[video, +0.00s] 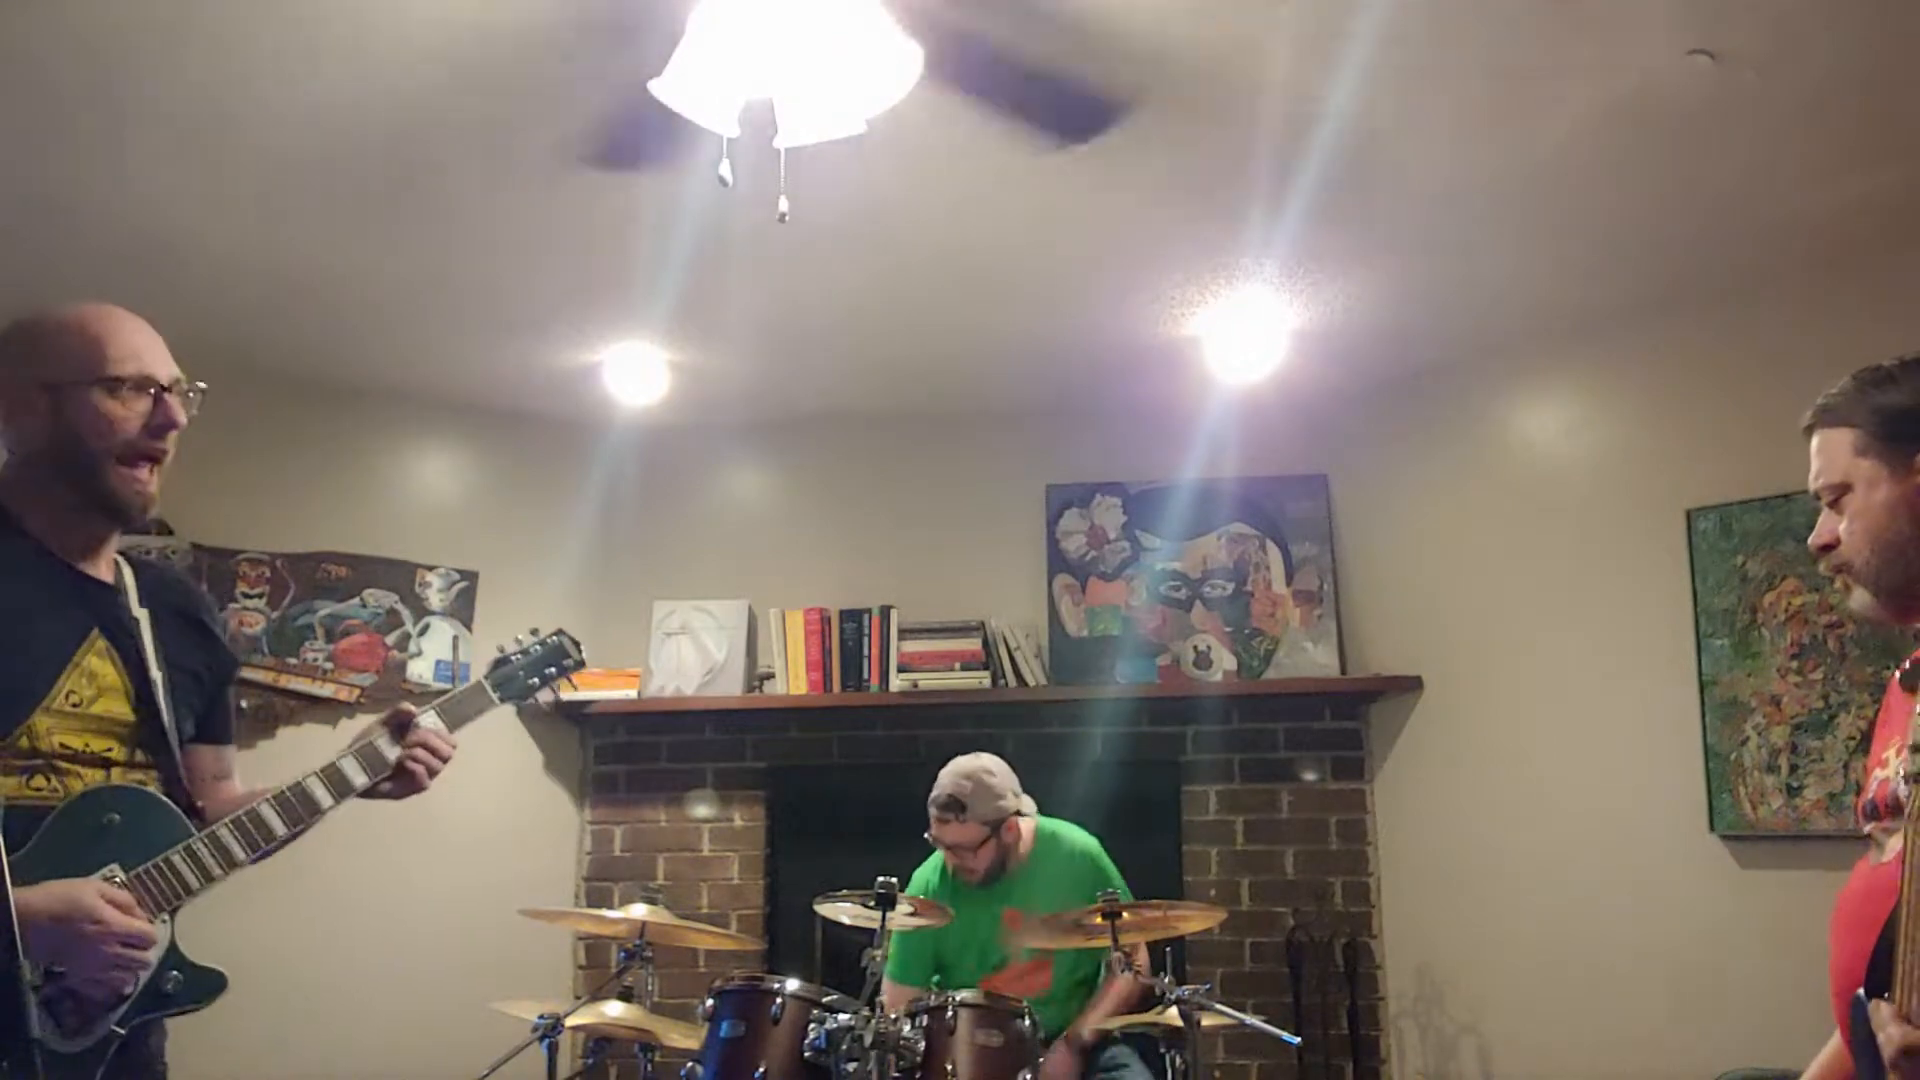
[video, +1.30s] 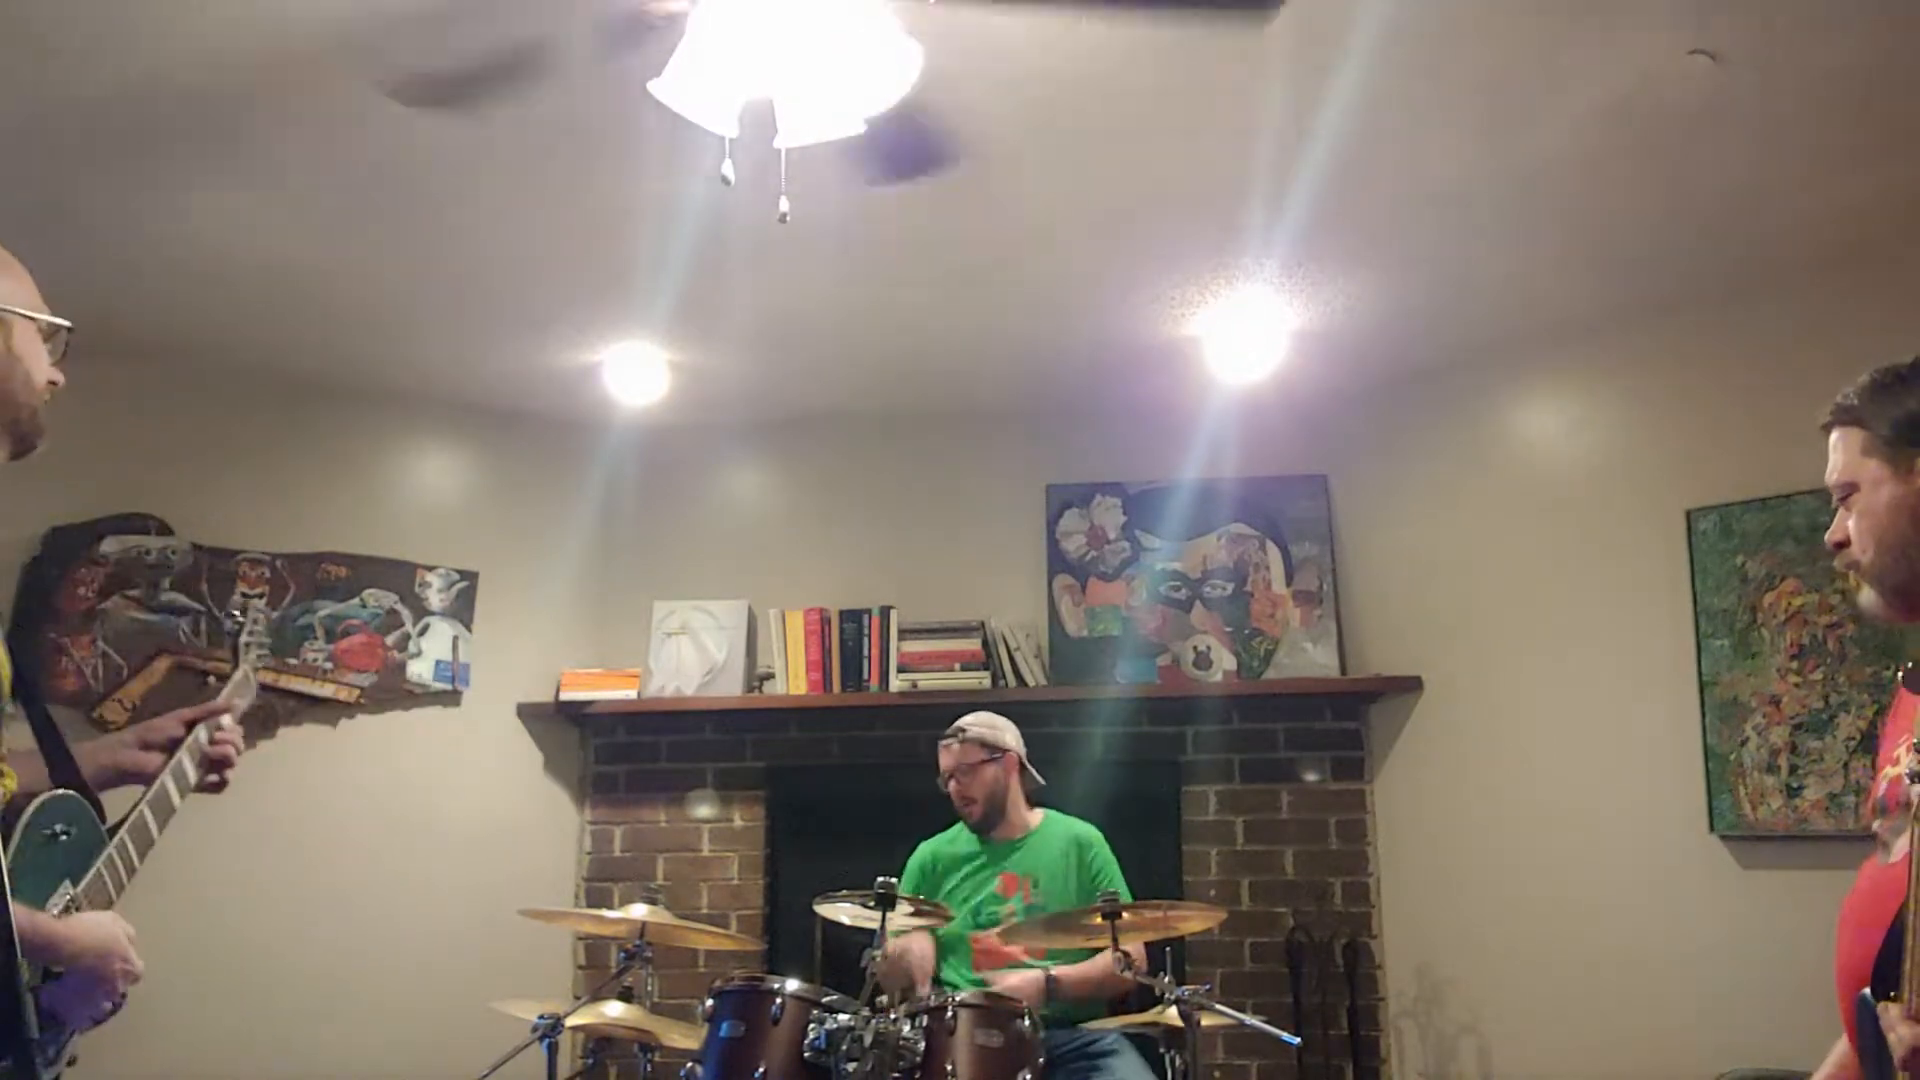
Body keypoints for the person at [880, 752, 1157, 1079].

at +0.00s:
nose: (953, 862)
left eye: (966, 849)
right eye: (943, 848)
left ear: (1010, 829)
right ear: (933, 833)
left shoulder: (1076, 854)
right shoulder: (929, 885)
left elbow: (1133, 964)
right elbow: (897, 1011)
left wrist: (1073, 1044)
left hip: (1077, 1038)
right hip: (975, 1046)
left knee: (1131, 1075)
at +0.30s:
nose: (938, 895)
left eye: (951, 885)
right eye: (931, 881)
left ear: (1000, 863)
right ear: (921, 861)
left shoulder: (1078, 861)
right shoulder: (921, 891)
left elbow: (1133, 975)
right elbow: (895, 1010)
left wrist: (1050, 1057)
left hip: (1082, 1036)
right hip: (978, 1046)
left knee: (1128, 1066)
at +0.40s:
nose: (929, 886)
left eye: (941, 876)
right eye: (923, 872)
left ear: (991, 853)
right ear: (914, 854)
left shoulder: (1076, 846)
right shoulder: (920, 876)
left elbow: (1131, 956)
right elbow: (899, 997)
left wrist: (1057, 1058)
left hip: (1079, 1026)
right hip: (973, 1030)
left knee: (1128, 1072)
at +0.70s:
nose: (930, 882)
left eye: (940, 869)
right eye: (922, 868)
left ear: (987, 851)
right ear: (914, 853)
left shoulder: (1076, 861)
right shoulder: (922, 903)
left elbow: (1134, 972)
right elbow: (900, 1022)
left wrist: (1067, 1067)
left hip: (1081, 1051)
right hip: (980, 1063)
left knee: (1136, 1075)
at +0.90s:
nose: (932, 839)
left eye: (942, 823)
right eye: (923, 826)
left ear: (986, 803)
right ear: (915, 821)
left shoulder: (1073, 844)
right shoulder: (928, 883)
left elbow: (1132, 959)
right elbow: (901, 1009)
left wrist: (1073, 1046)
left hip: (1081, 1038)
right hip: (980, 1048)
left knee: (1134, 1075)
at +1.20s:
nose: (947, 796)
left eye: (957, 779)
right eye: (940, 785)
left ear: (1004, 768)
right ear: (936, 786)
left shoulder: (1078, 841)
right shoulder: (928, 862)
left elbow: (1132, 954)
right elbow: (893, 971)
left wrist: (1063, 994)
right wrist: (911, 1015)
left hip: (1060, 1033)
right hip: (954, 1033)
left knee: (1127, 1072)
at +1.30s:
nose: (953, 789)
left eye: (963, 773)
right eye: (946, 778)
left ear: (1010, 764)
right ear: (941, 781)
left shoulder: (1079, 842)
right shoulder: (931, 857)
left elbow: (1130, 960)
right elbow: (895, 982)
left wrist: (1046, 983)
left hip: (1071, 1031)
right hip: (961, 1035)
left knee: (1133, 1074)